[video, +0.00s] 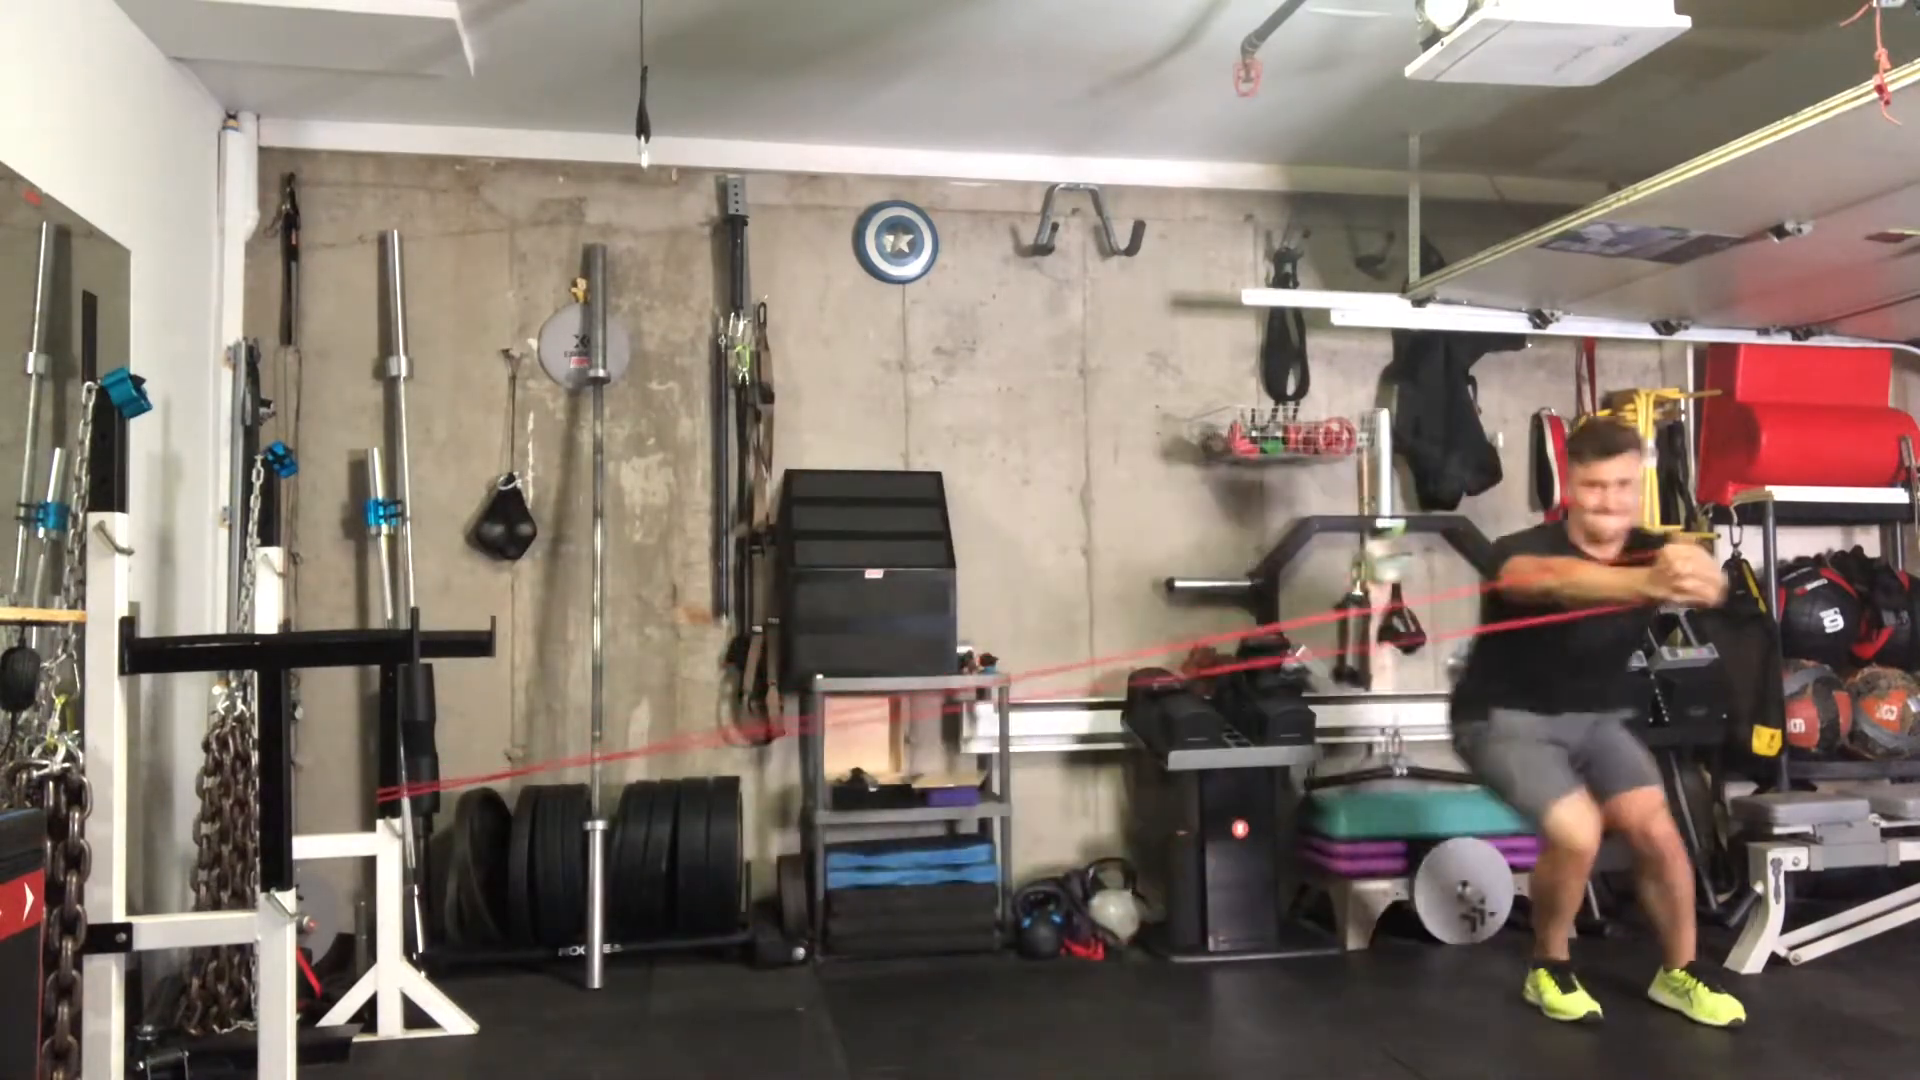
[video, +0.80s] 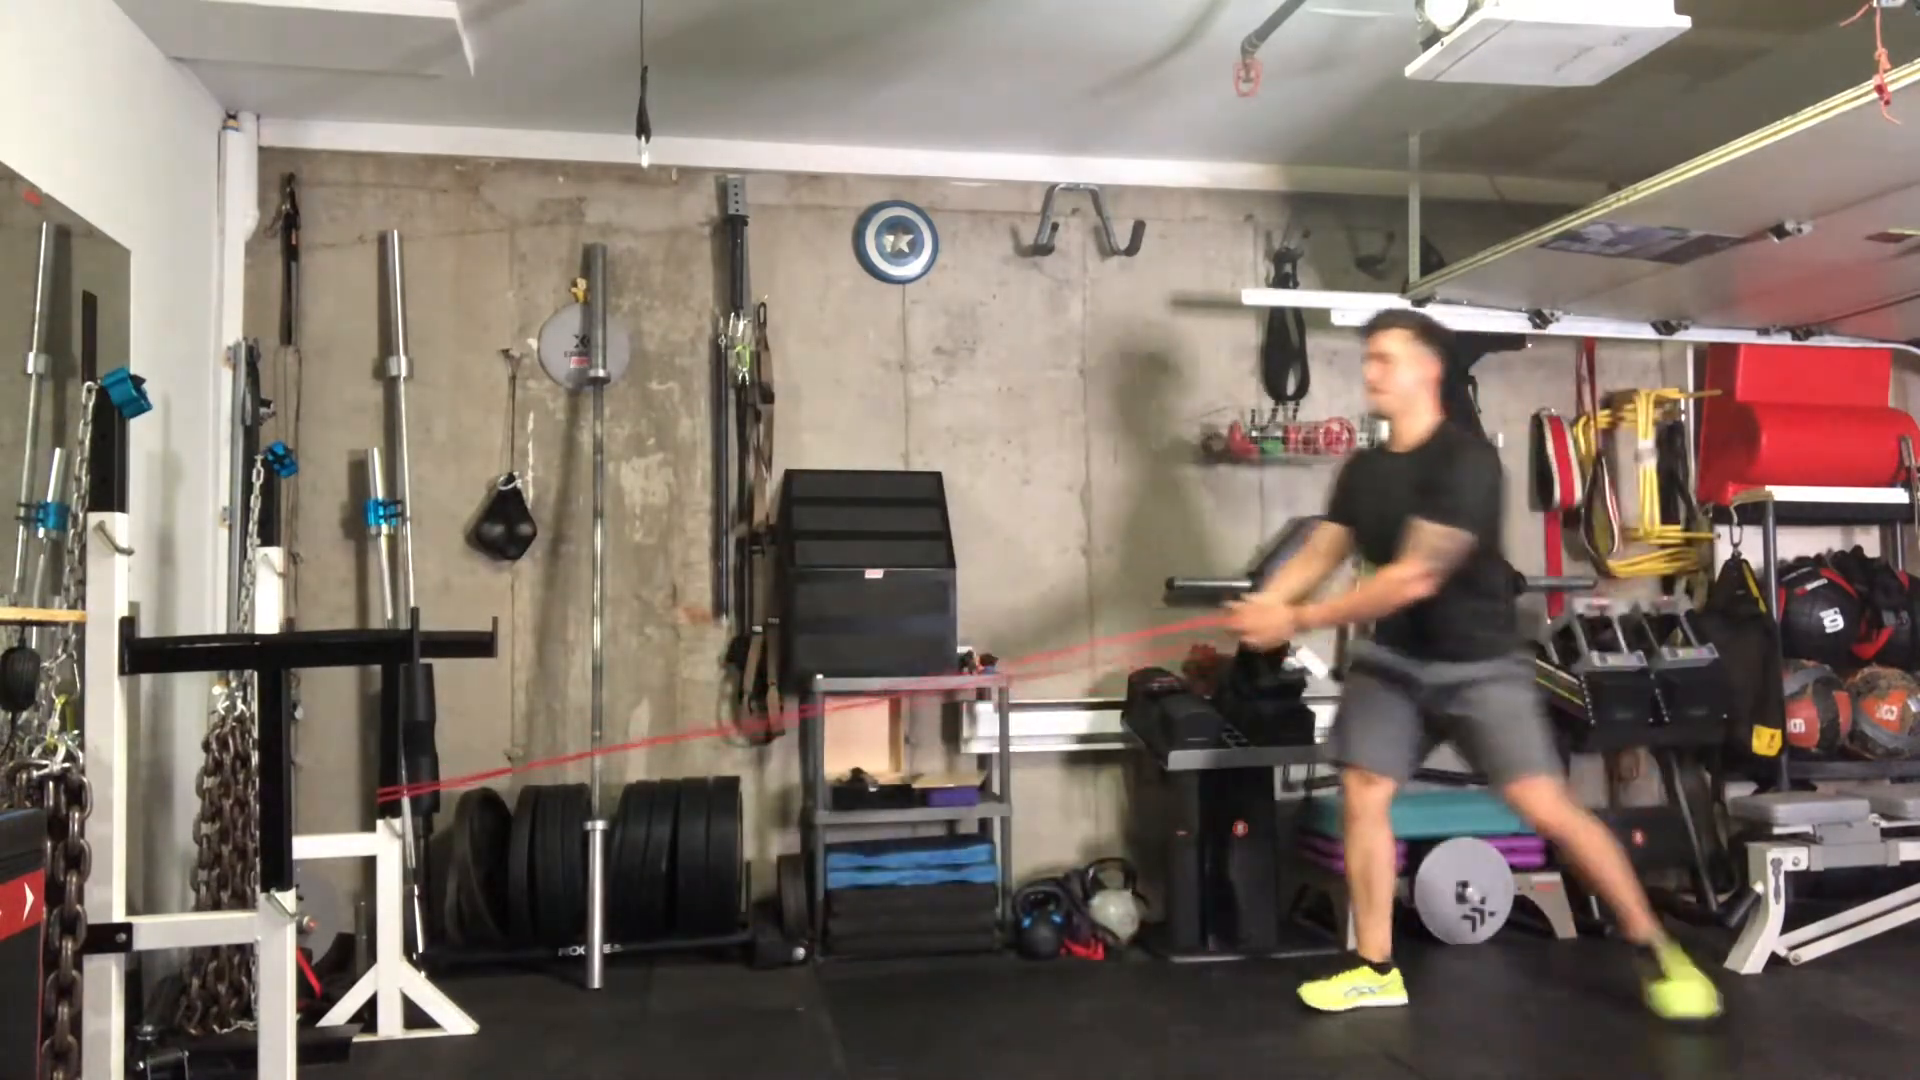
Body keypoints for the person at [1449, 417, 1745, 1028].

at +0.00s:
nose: (1607, 500)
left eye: (1622, 485)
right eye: (1591, 486)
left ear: (1641, 489)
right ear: (1567, 488)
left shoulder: (1654, 552)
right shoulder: (1523, 551)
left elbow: (1706, 580)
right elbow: (1543, 582)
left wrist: (1710, 580)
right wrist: (1646, 584)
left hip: (1598, 720)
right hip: (1507, 719)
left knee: (1655, 826)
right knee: (1577, 833)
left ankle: (1679, 971)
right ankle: (1551, 967)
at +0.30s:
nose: (1597, 438)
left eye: (1615, 425)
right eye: (1588, 425)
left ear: (1656, 434)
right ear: (1577, 435)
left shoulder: (1697, 513)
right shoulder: (1544, 503)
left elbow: (1678, 566)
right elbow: (1509, 563)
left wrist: (1601, 580)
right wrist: (1567, 570)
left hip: (1641, 691)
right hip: (1548, 686)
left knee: (1687, 817)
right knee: (1564, 803)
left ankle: (1682, 970)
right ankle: (1552, 966)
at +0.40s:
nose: (1571, 416)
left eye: (1588, 402)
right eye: (1565, 404)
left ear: (1633, 407)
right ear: (1560, 413)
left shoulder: (1681, 498)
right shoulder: (1531, 490)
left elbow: (1633, 569)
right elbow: (1473, 567)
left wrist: (1536, 599)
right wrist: (1490, 595)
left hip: (1638, 681)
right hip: (1538, 671)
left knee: (1684, 818)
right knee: (1519, 791)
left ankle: (1682, 970)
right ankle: (1521, 950)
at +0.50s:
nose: (1531, 396)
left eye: (1547, 382)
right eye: (1524, 384)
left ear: (1594, 390)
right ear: (1519, 396)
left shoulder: (1644, 483)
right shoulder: (1509, 481)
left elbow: (1589, 578)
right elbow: (1450, 559)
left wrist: (1471, 621)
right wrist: (1411, 607)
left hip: (1623, 674)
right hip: (1518, 663)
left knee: (1669, 819)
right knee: (1473, 780)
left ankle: (1681, 971)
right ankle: (1443, 952)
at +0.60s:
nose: (1476, 385)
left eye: (1491, 370)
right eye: (1471, 373)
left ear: (1537, 378)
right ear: (1466, 387)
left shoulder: (1584, 467)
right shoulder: (1460, 475)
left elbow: (1539, 582)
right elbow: (1415, 558)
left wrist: (1420, 629)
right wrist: (1371, 612)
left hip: (1591, 667)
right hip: (1486, 661)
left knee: (1648, 811)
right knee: (1433, 786)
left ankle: (1681, 969)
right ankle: (1393, 957)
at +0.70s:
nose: (1420, 379)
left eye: (1436, 366)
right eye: (1416, 368)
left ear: (1480, 372)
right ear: (1411, 381)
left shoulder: (1520, 466)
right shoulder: (1412, 467)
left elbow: (1475, 584)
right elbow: (1369, 560)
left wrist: (1357, 628)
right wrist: (1317, 611)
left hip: (1540, 672)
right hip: (1439, 670)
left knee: (1614, 808)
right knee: (1391, 790)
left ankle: (1682, 960)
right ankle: (1378, 963)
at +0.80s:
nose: (1368, 373)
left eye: (1383, 360)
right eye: (1368, 361)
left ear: (1429, 370)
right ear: (1381, 373)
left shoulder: (1466, 459)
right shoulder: (1367, 468)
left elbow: (1414, 577)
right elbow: (1322, 549)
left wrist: (1299, 617)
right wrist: (1267, 603)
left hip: (1482, 669)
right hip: (1390, 667)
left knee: (1538, 799)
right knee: (1363, 789)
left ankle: (1660, 951)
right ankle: (1374, 965)